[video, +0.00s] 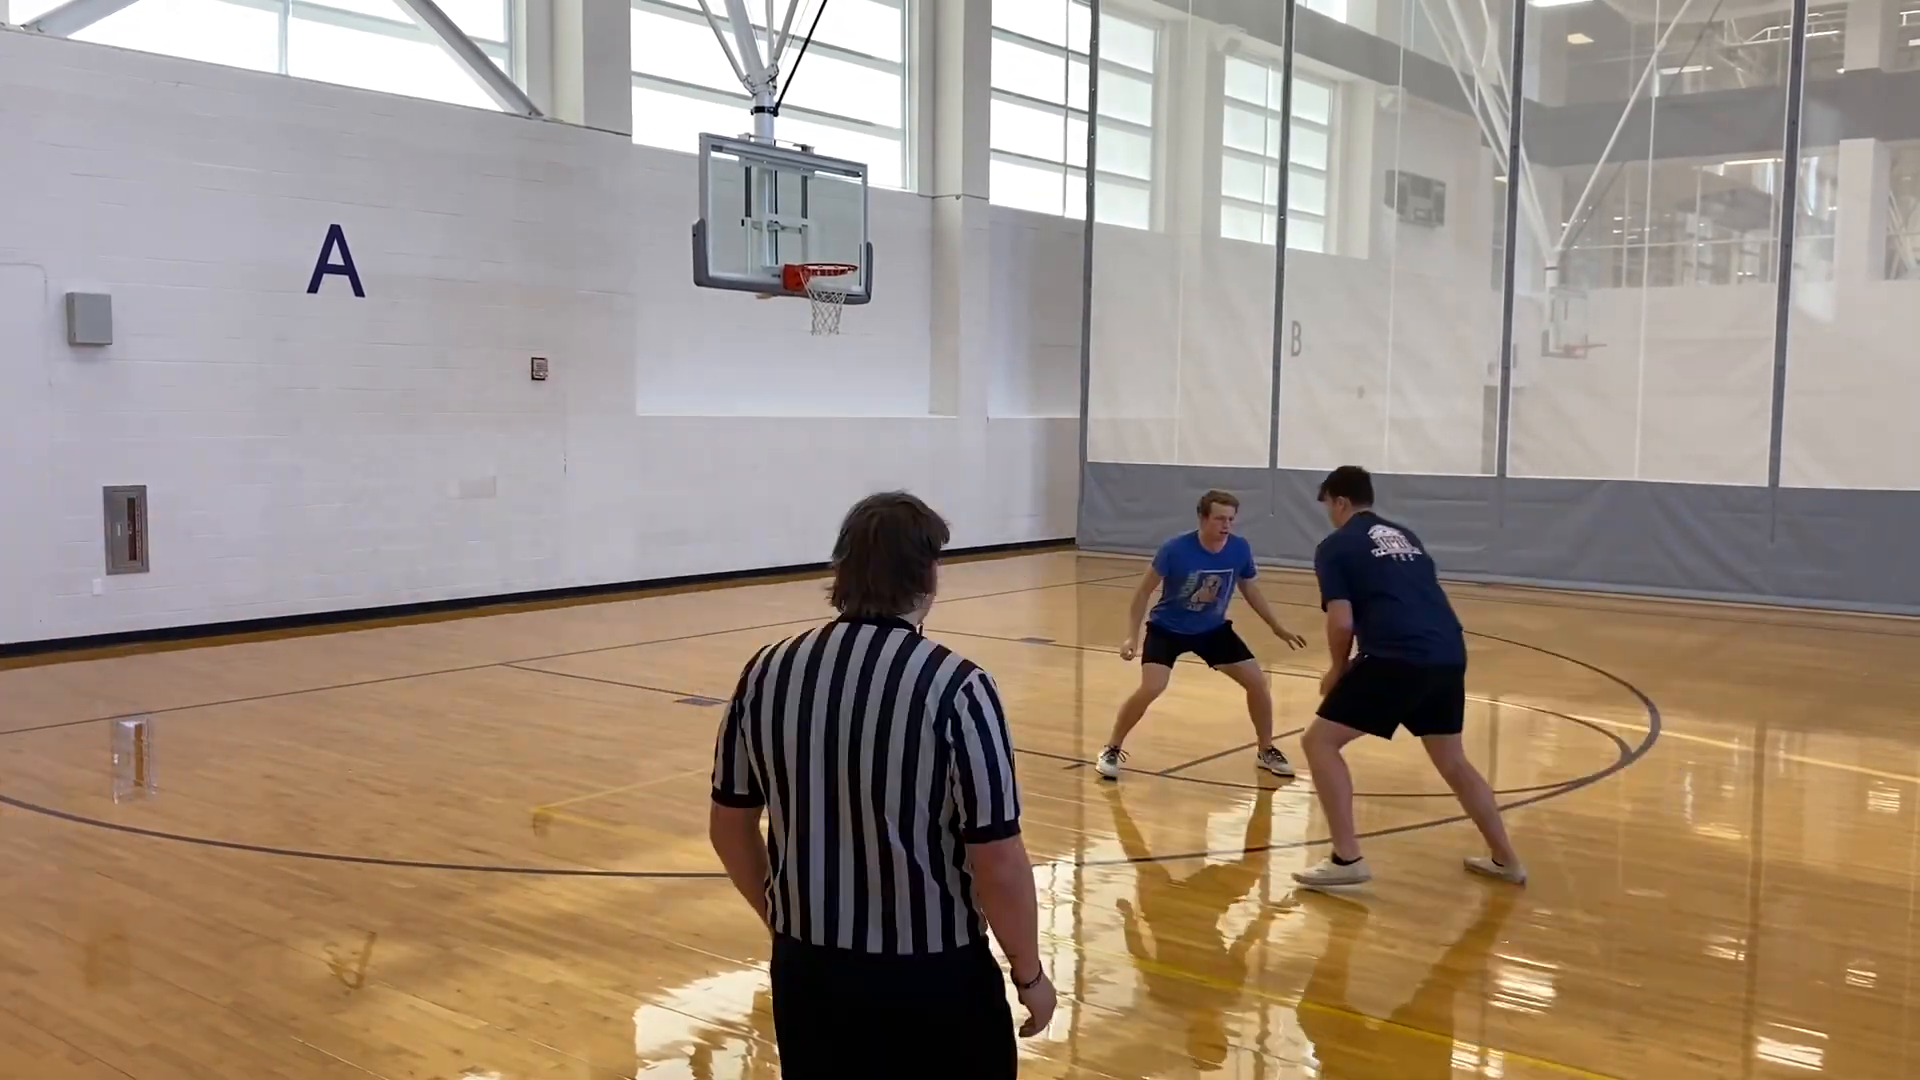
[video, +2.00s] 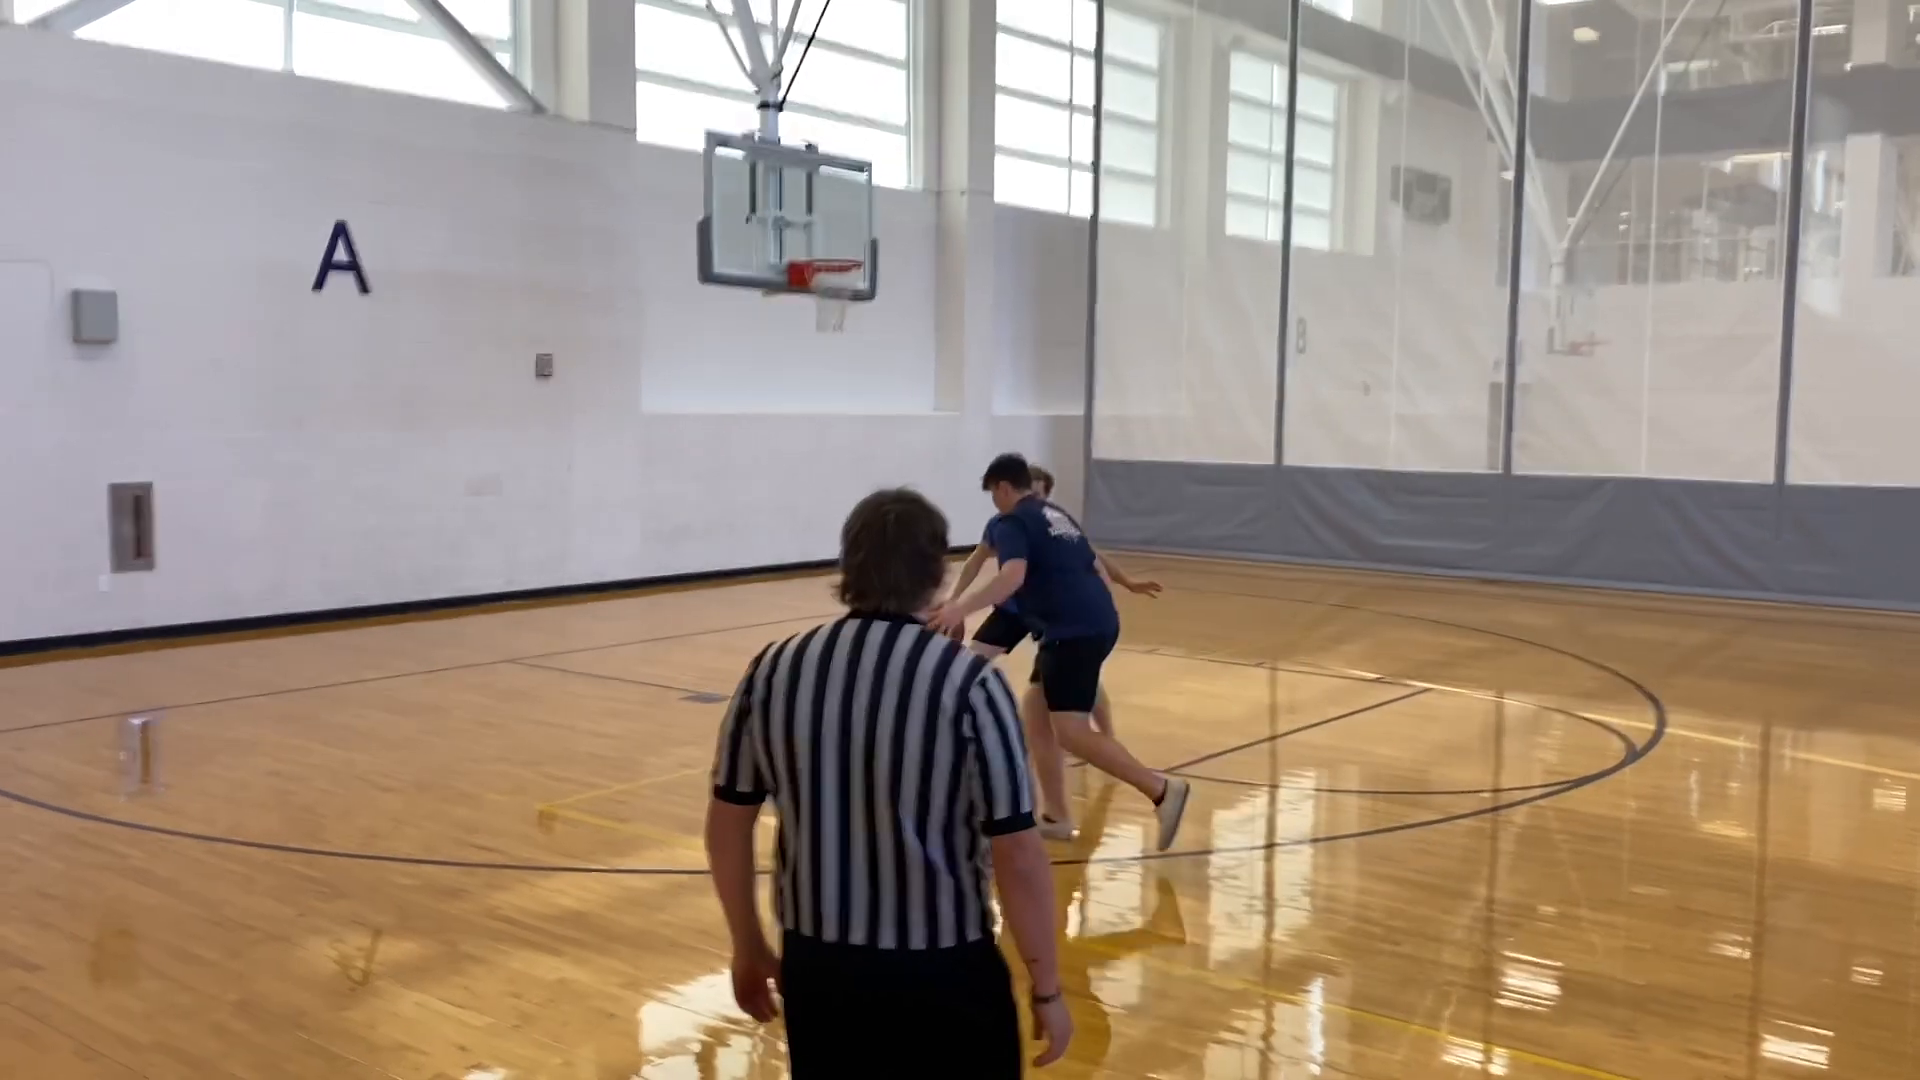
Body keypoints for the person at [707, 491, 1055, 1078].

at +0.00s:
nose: (939, 575)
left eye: (937, 559)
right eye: (937, 561)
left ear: (845, 567)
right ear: (925, 572)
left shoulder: (767, 671)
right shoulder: (958, 688)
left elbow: (730, 827)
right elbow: (997, 860)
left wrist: (784, 919)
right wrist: (1029, 970)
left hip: (810, 982)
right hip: (940, 987)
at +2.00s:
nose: (945, 575)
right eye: (943, 562)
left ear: (849, 568)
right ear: (937, 572)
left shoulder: (775, 669)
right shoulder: (970, 684)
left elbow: (727, 823)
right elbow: (1017, 853)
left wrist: (747, 945)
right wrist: (1048, 989)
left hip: (820, 980)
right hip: (950, 982)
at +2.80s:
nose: (949, 583)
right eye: (946, 570)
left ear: (847, 573)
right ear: (937, 581)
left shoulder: (772, 677)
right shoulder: (972, 691)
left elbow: (726, 832)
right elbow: (1019, 860)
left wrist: (749, 949)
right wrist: (1045, 978)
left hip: (816, 984)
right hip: (948, 988)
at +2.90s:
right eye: (946, 573)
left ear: (845, 575)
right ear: (937, 583)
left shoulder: (771, 677)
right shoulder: (971, 690)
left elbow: (726, 833)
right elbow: (1020, 861)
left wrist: (751, 948)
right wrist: (1045, 977)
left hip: (816, 982)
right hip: (949, 986)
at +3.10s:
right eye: (943, 568)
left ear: (842, 573)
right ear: (937, 579)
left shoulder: (771, 675)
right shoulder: (971, 687)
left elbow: (727, 831)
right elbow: (1020, 854)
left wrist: (757, 945)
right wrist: (1045, 973)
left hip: (817, 981)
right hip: (950, 984)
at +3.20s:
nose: (947, 581)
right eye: (942, 569)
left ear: (844, 571)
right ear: (934, 579)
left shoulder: (770, 673)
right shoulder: (969, 686)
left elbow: (725, 830)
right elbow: (1019, 856)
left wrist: (756, 944)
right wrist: (1042, 971)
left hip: (815, 981)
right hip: (947, 985)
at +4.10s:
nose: (939, 573)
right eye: (935, 561)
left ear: (841, 564)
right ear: (929, 572)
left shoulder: (768, 671)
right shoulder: (969, 682)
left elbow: (724, 826)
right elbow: (1019, 851)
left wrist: (757, 940)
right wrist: (1037, 953)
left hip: (815, 974)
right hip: (948, 977)